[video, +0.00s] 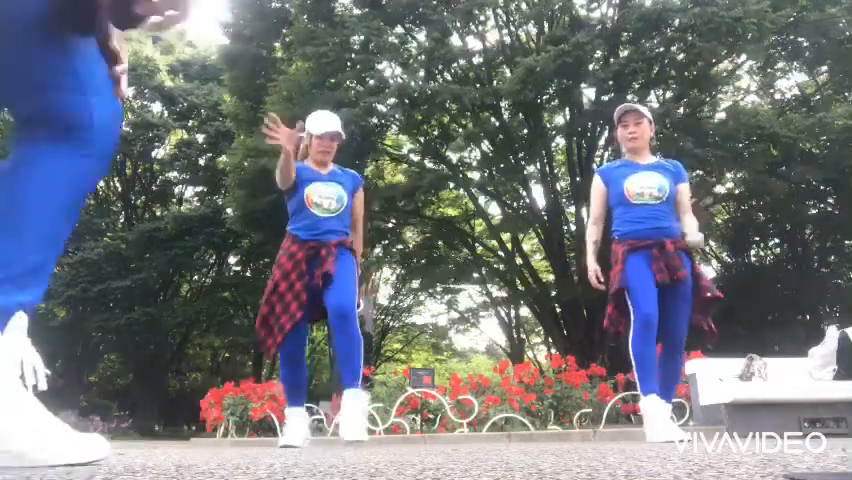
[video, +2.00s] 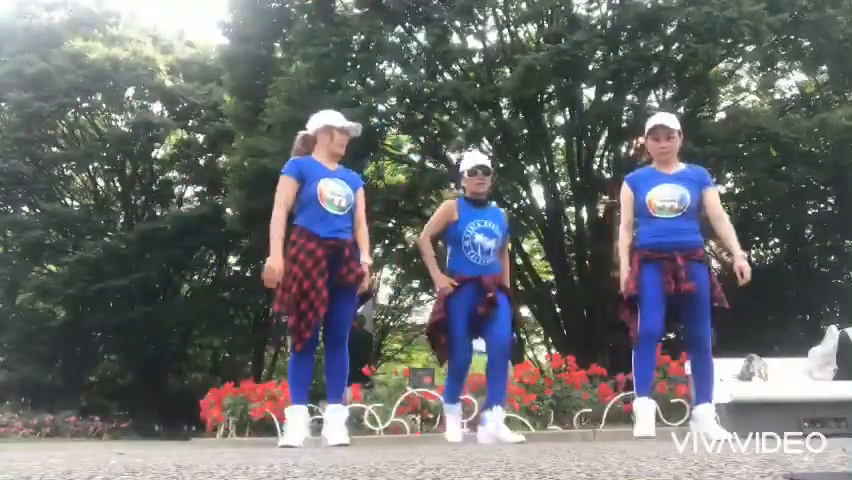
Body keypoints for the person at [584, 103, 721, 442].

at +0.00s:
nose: (631, 128)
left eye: (638, 122)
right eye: (624, 125)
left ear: (652, 129)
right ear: (617, 134)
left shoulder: (674, 168)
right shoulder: (606, 173)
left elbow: (686, 212)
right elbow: (595, 221)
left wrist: (692, 232)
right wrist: (591, 259)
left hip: (674, 251)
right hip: (634, 252)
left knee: (676, 337)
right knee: (646, 315)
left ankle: (663, 413)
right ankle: (649, 403)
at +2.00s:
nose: (664, 141)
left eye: (669, 135)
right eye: (657, 136)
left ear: (679, 139)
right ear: (646, 142)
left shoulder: (698, 175)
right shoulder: (633, 181)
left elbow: (718, 216)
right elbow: (626, 227)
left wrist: (737, 253)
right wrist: (625, 266)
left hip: (693, 260)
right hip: (651, 261)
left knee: (701, 336)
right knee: (650, 330)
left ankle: (703, 411)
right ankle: (643, 405)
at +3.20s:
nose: (646, 129)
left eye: (650, 124)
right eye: (638, 125)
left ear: (658, 129)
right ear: (626, 133)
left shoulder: (677, 160)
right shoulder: (614, 170)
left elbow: (708, 193)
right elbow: (591, 213)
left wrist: (699, 210)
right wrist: (621, 218)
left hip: (684, 244)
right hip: (645, 247)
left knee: (702, 329)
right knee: (648, 334)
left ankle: (718, 414)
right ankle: (655, 414)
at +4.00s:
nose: (656, 127)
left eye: (661, 121)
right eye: (649, 123)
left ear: (673, 126)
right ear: (640, 133)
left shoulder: (695, 156)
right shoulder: (630, 167)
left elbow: (718, 196)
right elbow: (612, 211)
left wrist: (714, 219)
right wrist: (628, 229)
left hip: (697, 245)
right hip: (655, 249)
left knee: (711, 331)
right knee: (656, 334)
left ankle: (719, 414)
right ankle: (657, 414)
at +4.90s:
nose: (633, 129)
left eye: (639, 123)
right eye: (626, 127)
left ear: (653, 128)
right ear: (620, 138)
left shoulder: (671, 146)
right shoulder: (621, 169)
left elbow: (703, 104)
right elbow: (593, 140)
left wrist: (687, 65)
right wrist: (599, 105)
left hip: (682, 243)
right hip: (645, 252)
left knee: (698, 326)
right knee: (613, 321)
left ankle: (715, 410)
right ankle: (638, 403)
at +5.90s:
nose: (604, 182)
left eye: (609, 177)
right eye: (598, 178)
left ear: (620, 181)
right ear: (591, 183)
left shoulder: (629, 202)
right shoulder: (591, 218)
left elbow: (647, 238)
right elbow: (585, 254)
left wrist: (665, 274)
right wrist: (585, 285)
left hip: (639, 274)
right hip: (612, 283)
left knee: (632, 336)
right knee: (613, 353)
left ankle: (684, 399)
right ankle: (635, 420)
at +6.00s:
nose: (602, 181)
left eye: (609, 176)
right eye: (597, 177)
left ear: (619, 180)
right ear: (591, 182)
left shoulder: (630, 202)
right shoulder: (591, 217)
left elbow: (649, 238)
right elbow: (587, 256)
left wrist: (664, 277)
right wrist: (586, 291)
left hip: (637, 274)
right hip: (610, 281)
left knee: (628, 341)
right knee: (613, 352)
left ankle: (667, 405)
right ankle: (634, 420)